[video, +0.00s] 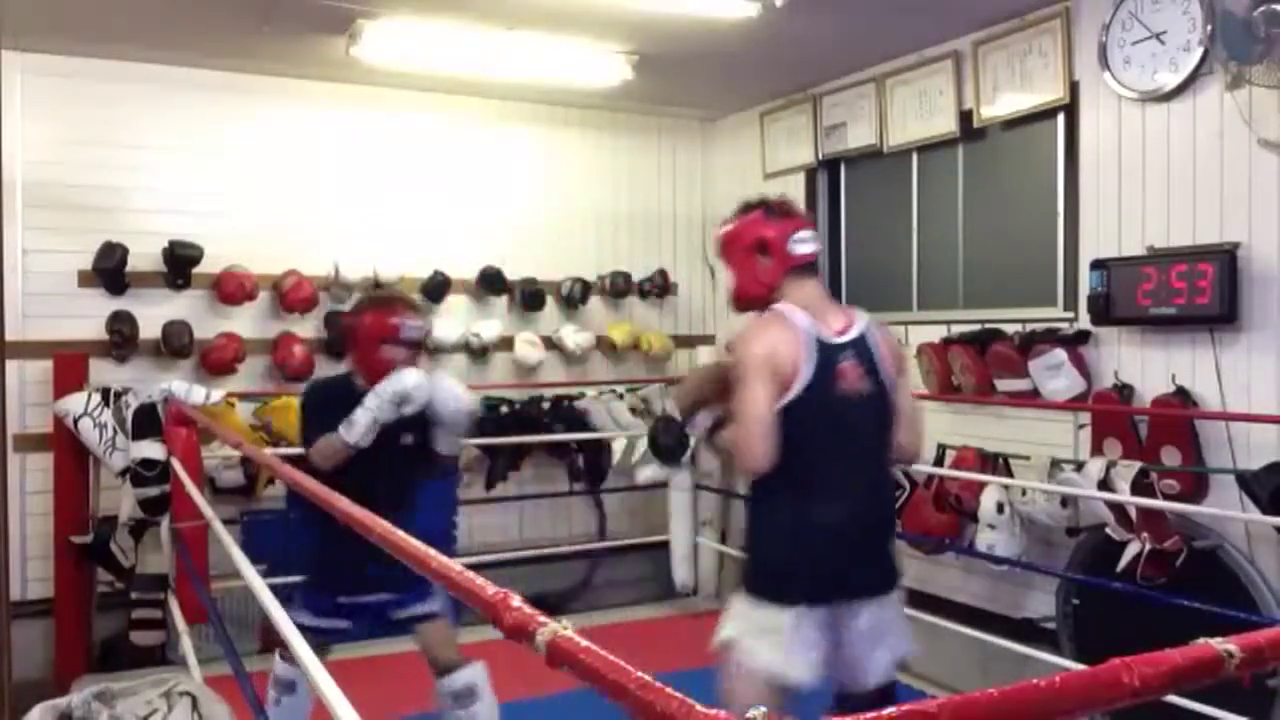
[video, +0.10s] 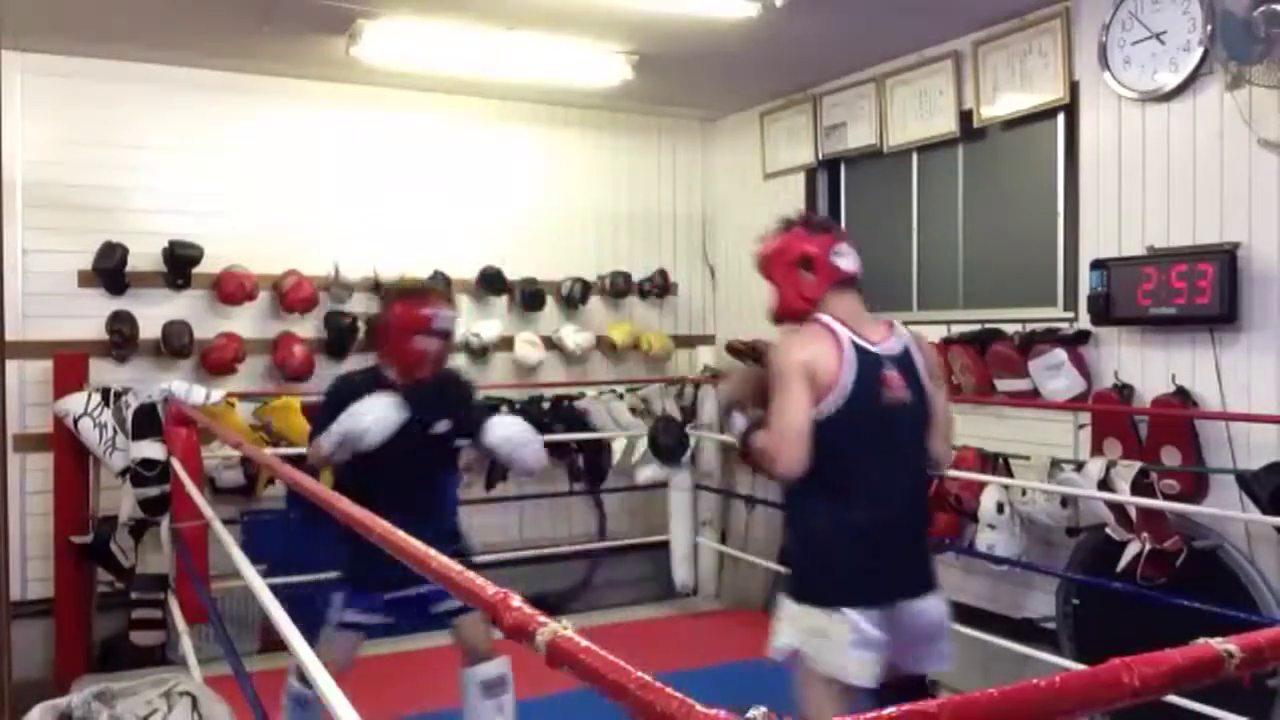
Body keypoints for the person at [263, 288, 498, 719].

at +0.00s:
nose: (409, 357)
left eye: (416, 346)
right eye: (398, 344)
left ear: (421, 349)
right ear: (365, 343)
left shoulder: (419, 400)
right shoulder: (326, 394)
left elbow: (437, 472)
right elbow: (320, 458)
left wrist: (450, 428)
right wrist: (374, 408)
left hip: (402, 557)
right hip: (333, 557)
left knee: (450, 662)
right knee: (290, 676)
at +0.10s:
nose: (432, 347)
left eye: (440, 337)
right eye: (422, 335)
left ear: (447, 343)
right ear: (395, 337)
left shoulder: (449, 389)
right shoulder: (352, 389)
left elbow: (481, 433)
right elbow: (314, 456)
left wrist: (509, 441)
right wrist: (344, 435)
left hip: (439, 549)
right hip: (370, 551)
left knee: (480, 646)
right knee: (331, 659)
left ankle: (495, 714)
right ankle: (298, 711)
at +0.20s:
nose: (461, 338)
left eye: (468, 327)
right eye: (450, 326)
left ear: (472, 332)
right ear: (417, 327)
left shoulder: (473, 383)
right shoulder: (373, 388)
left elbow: (508, 441)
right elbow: (331, 442)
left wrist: (500, 418)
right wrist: (306, 462)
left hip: (465, 532)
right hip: (401, 537)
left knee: (499, 645)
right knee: (380, 663)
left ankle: (502, 713)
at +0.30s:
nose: (470, 337)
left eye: (474, 325)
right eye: (459, 325)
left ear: (479, 326)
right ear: (425, 327)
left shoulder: (482, 380)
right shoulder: (378, 393)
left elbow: (516, 446)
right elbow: (365, 467)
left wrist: (497, 406)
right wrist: (335, 466)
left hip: (498, 533)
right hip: (434, 546)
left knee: (530, 651)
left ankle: (524, 711)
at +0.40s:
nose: (476, 344)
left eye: (478, 331)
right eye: (463, 332)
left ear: (482, 331)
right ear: (427, 334)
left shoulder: (486, 386)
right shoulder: (390, 406)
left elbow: (548, 437)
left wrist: (537, 427)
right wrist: (385, 480)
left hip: (518, 538)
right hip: (456, 554)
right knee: (476, 686)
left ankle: (581, 711)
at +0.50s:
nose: (493, 342)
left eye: (494, 330)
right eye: (483, 331)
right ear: (445, 335)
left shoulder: (494, 385)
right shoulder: (407, 404)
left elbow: (517, 436)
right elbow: (399, 487)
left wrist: (552, 436)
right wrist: (446, 480)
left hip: (531, 540)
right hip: (467, 561)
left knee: (630, 610)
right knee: (478, 695)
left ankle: (648, 712)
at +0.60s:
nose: (514, 337)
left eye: (516, 325)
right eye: (505, 326)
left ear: (483, 326)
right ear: (468, 326)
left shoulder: (505, 381)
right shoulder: (423, 393)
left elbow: (527, 435)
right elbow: (419, 474)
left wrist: (566, 426)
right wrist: (476, 449)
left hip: (534, 535)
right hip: (470, 555)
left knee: (630, 620)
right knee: (481, 689)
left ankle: (635, 712)